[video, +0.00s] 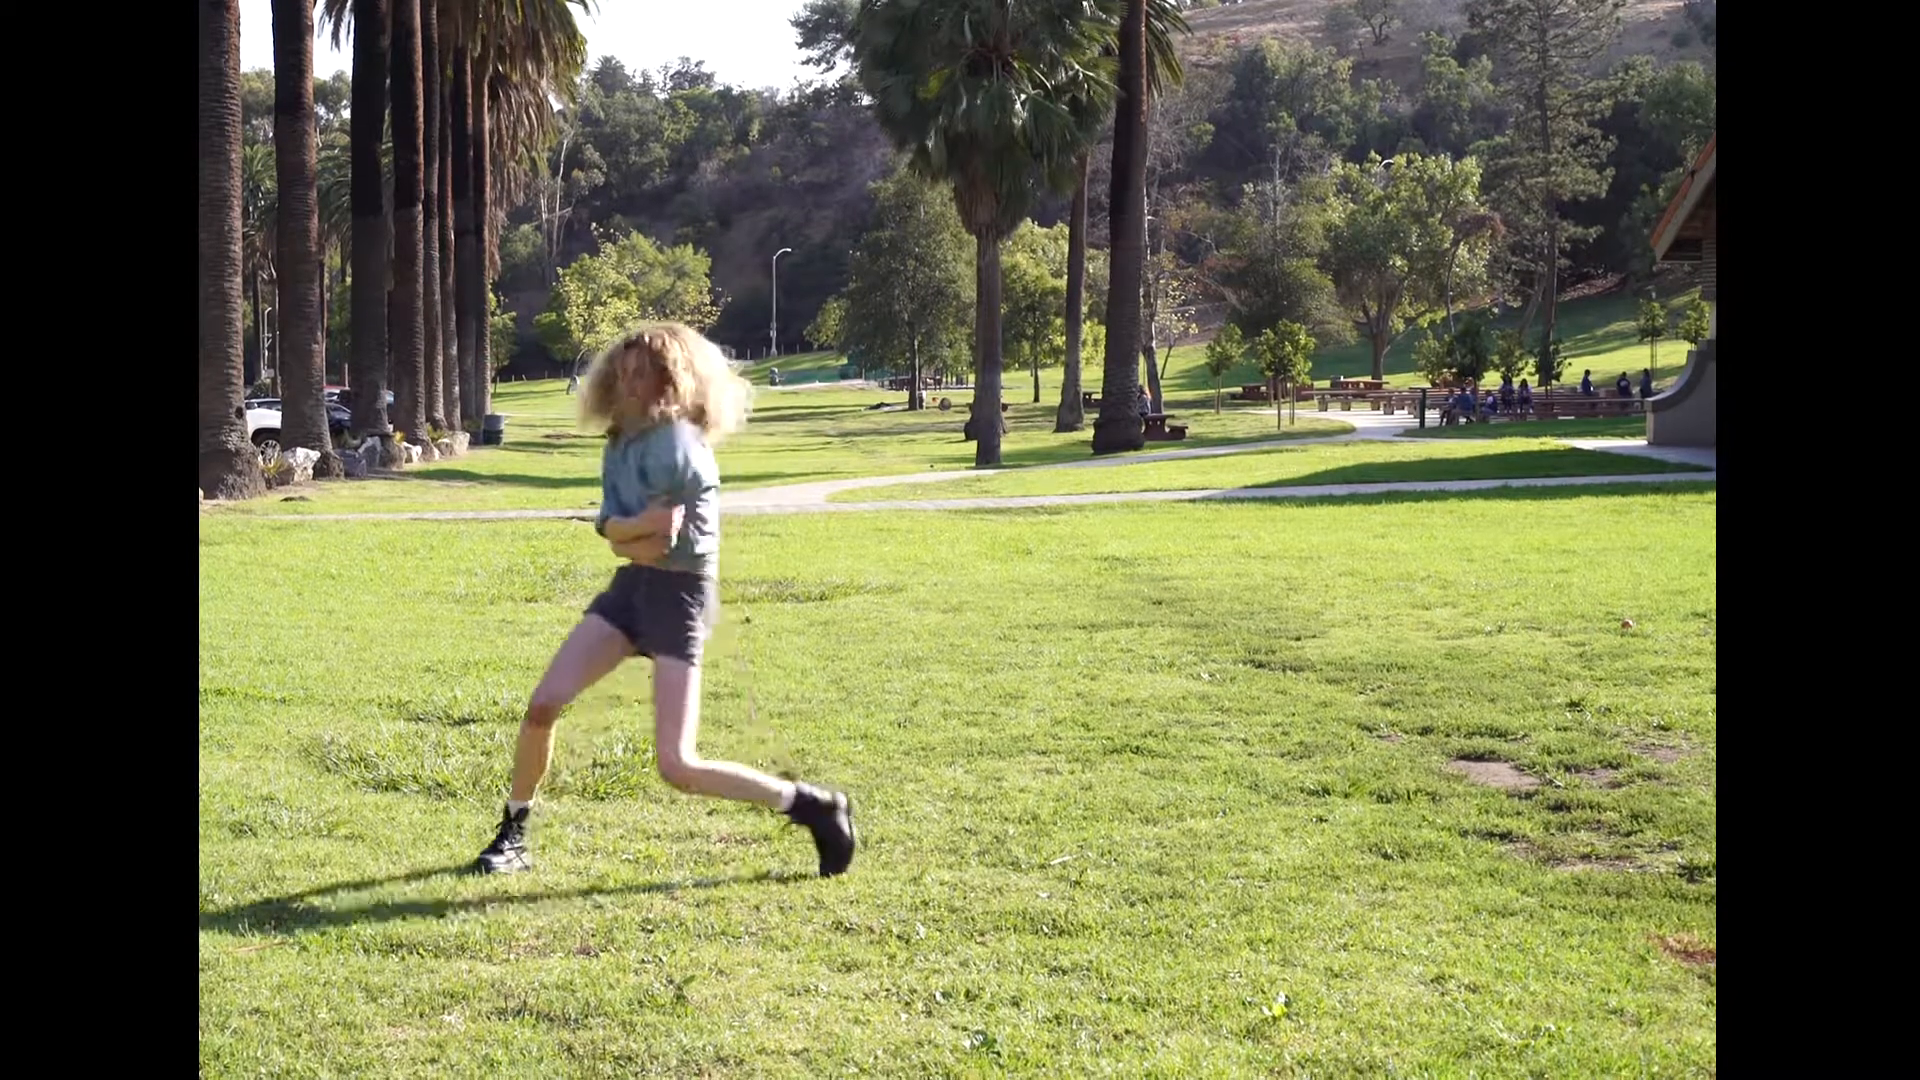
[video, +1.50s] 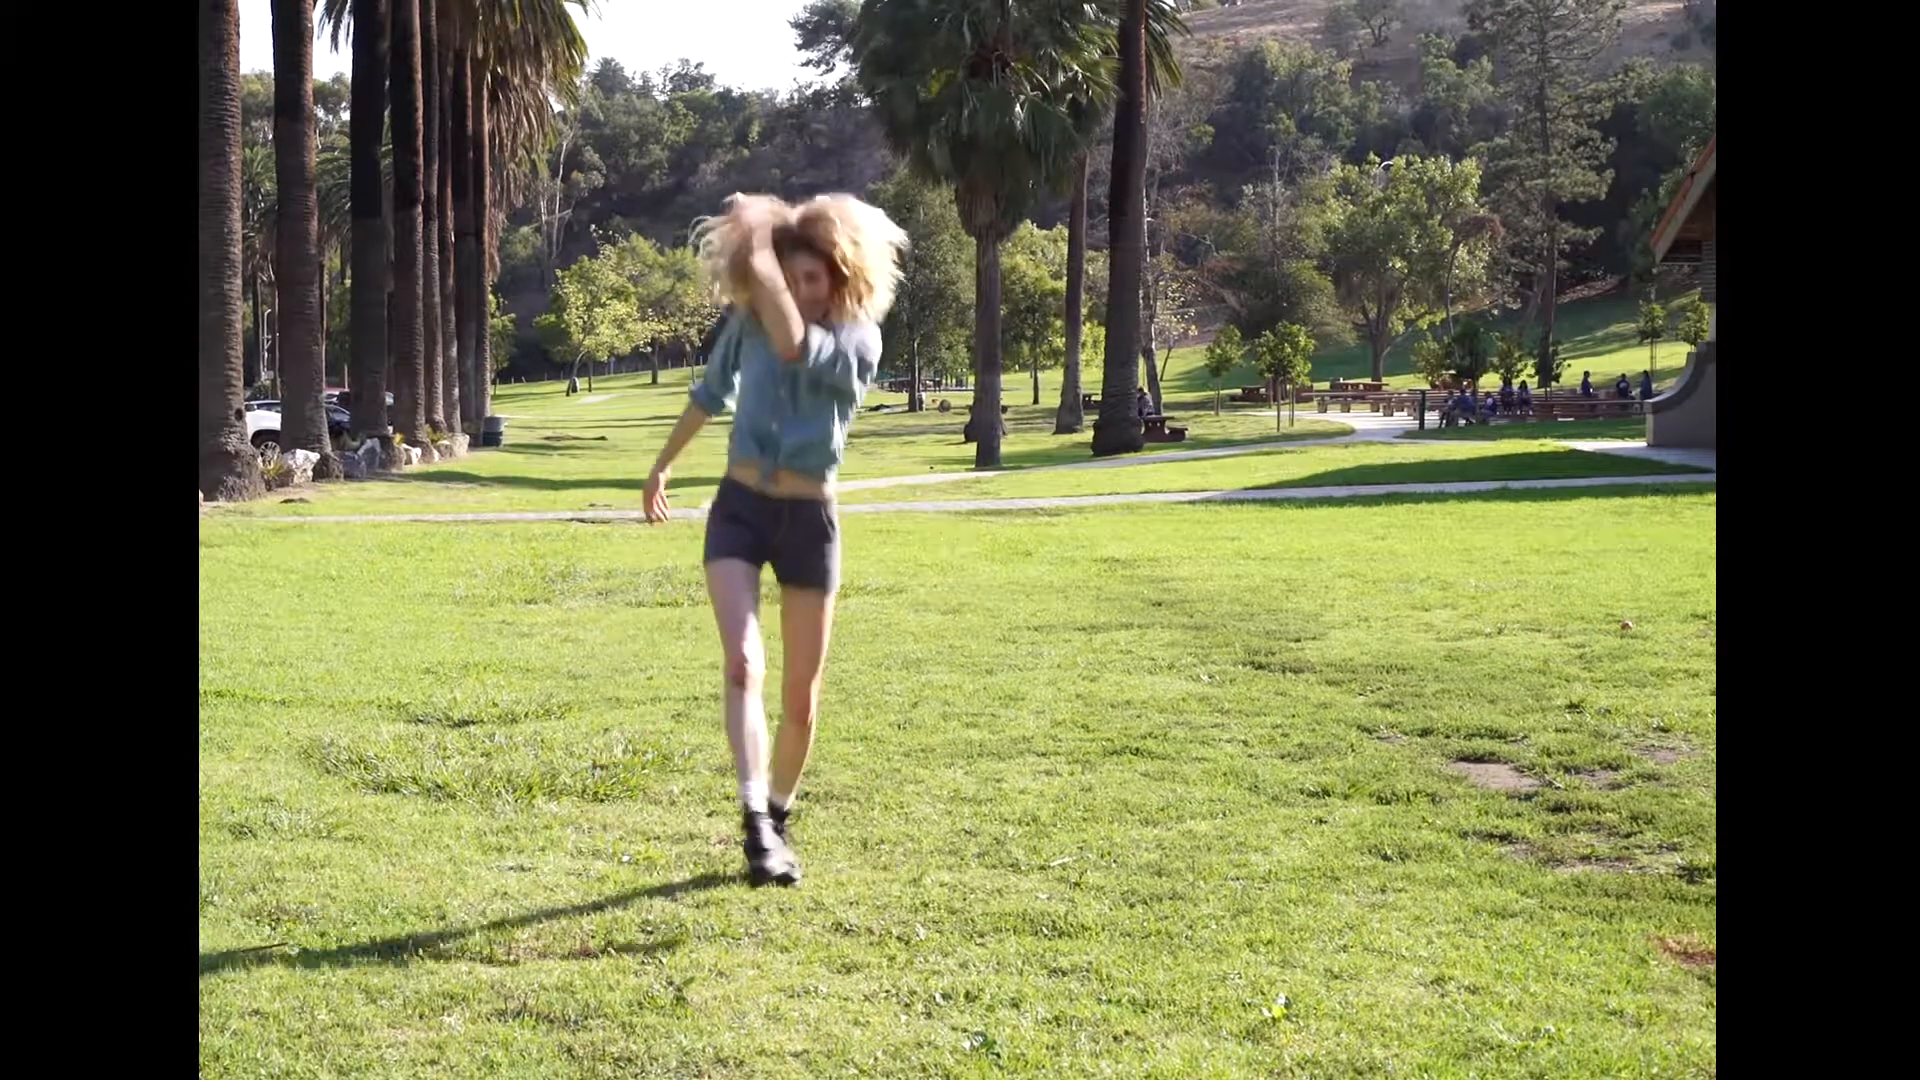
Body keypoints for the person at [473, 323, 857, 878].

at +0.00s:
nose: (628, 385)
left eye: (640, 374)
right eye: (623, 374)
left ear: (670, 383)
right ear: (615, 381)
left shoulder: (679, 439)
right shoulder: (619, 443)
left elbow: (664, 539)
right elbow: (611, 530)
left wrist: (615, 532)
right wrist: (645, 523)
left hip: (679, 596)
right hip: (629, 588)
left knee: (677, 765)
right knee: (542, 704)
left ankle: (814, 807)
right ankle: (511, 837)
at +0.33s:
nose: (675, 408)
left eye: (681, 393)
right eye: (662, 401)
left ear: (702, 371)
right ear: (648, 396)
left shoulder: (750, 384)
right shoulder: (662, 434)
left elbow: (791, 453)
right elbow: (679, 525)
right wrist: (727, 491)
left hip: (783, 564)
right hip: (714, 568)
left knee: (815, 735)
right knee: (626, 713)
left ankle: (846, 832)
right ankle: (568, 826)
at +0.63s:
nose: (738, 387)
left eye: (750, 375)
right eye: (727, 374)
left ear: (772, 373)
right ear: (712, 371)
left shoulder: (803, 433)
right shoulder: (689, 413)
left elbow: (845, 496)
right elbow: (614, 456)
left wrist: (913, 520)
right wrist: (542, 500)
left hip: (737, 574)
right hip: (664, 561)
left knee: (810, 730)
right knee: (614, 719)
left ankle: (851, 834)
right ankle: (606, 833)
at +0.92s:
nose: (747, 367)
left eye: (758, 354)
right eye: (739, 355)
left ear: (788, 355)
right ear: (729, 358)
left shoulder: (821, 427)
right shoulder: (716, 409)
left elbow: (854, 498)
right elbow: (626, 448)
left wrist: (922, 488)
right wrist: (537, 448)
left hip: (737, 583)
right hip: (668, 562)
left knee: (801, 740)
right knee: (615, 716)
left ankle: (848, 837)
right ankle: (605, 834)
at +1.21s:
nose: (782, 294)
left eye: (792, 285)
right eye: (772, 285)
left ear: (814, 299)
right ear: (752, 299)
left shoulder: (834, 370)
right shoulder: (723, 360)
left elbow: (880, 420)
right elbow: (661, 434)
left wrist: (904, 344)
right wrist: (610, 507)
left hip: (795, 539)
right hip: (721, 534)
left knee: (844, 691)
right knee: (657, 681)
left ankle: (861, 824)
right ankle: (602, 800)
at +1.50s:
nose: (802, 288)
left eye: (816, 273)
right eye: (791, 275)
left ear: (843, 276)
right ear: (775, 275)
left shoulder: (857, 339)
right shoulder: (746, 323)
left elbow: (793, 343)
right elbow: (706, 399)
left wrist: (759, 254)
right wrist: (661, 465)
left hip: (809, 520)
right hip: (737, 510)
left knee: (801, 698)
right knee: (743, 665)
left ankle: (776, 816)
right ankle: (757, 823)